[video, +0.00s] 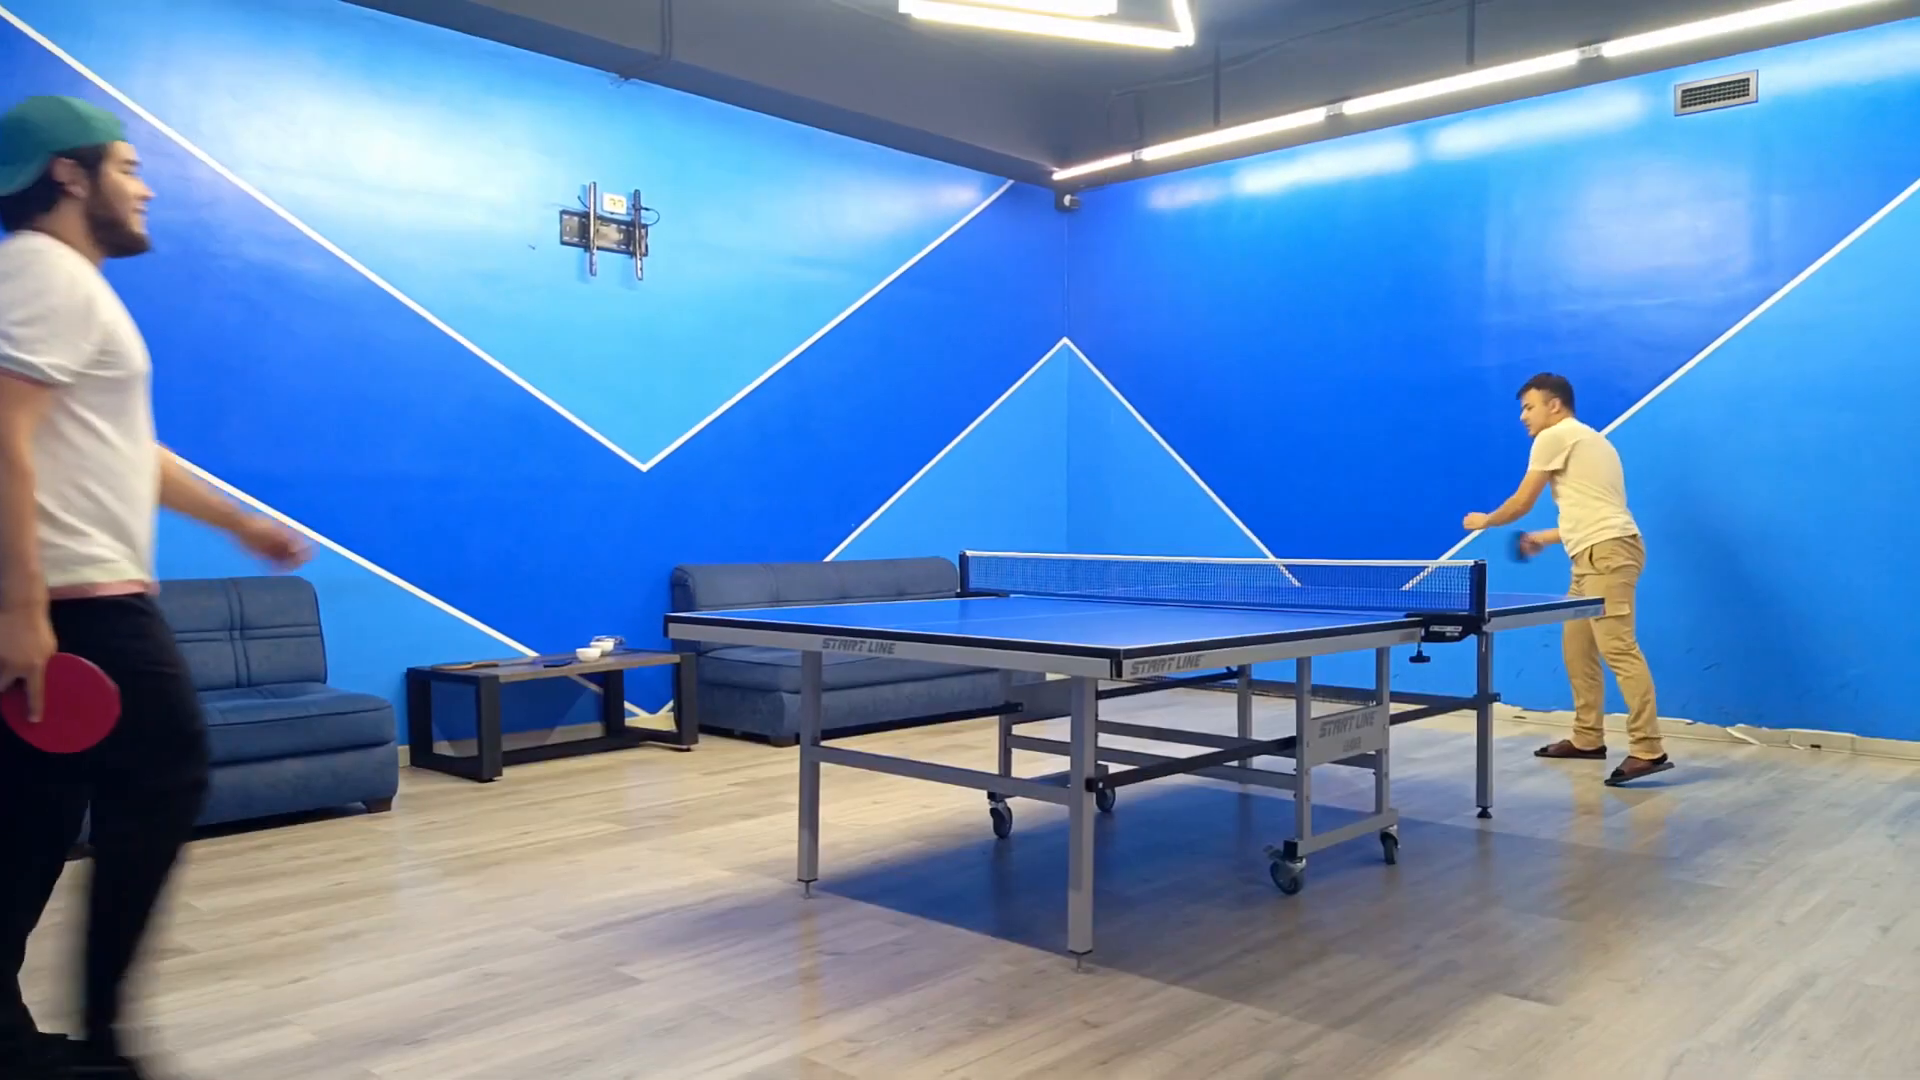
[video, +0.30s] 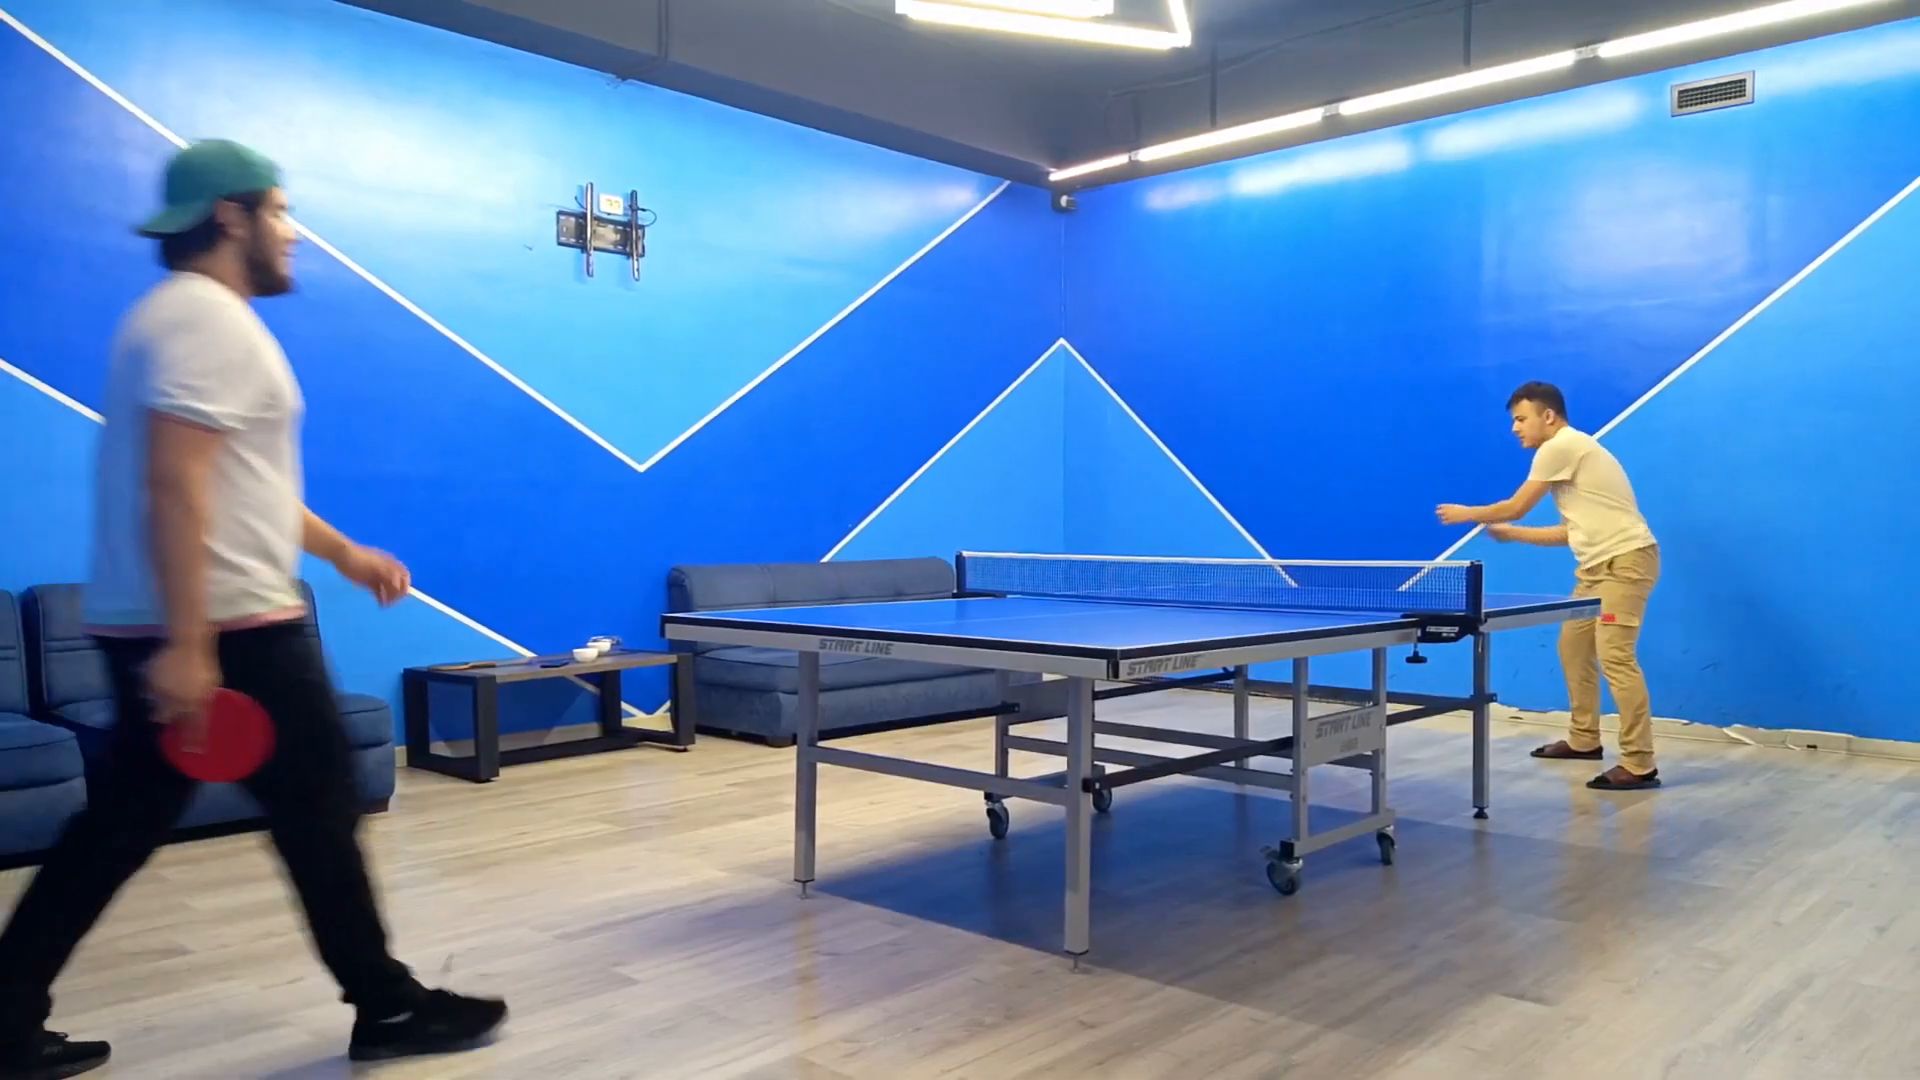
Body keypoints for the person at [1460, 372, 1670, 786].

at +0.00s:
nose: (1523, 417)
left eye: (1528, 408)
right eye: (1522, 409)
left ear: (1555, 406)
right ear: (1558, 410)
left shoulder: (1553, 437)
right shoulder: (1592, 440)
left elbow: (1521, 503)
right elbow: (1596, 514)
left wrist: (1485, 520)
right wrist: (1547, 536)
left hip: (1608, 549)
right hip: (1592, 554)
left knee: (1617, 645)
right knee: (1578, 647)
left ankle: (1648, 750)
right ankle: (1587, 740)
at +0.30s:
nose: (1515, 429)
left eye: (1521, 419)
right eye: (1514, 421)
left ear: (1550, 416)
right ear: (1549, 420)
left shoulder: (1564, 444)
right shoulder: (1567, 455)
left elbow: (1514, 508)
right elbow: (1574, 532)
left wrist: (1465, 513)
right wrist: (1513, 532)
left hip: (1628, 559)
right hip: (1597, 565)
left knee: (1615, 654)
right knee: (1574, 646)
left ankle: (1640, 763)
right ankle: (1584, 741)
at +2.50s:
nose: (1600, 432)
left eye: (1610, 422)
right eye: (1595, 424)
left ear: (1643, 421)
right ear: (1594, 426)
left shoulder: (1694, 459)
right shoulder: (1605, 470)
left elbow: (1766, 505)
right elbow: (1576, 530)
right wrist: (1542, 538)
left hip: (1692, 590)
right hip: (1637, 592)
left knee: (1668, 676)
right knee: (1587, 671)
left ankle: (1721, 792)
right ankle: (1616, 754)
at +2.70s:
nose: (1580, 401)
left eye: (1590, 391)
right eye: (1574, 393)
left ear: (1621, 393)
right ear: (1572, 398)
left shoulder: (1661, 433)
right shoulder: (1583, 442)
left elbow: (1728, 471)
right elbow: (1559, 499)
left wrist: (1745, 537)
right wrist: (1527, 520)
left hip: (1670, 569)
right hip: (1619, 571)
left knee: (1679, 670)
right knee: (1585, 650)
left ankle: (1709, 783)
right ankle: (1609, 747)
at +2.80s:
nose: (1567, 397)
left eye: (1577, 387)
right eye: (1561, 390)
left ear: (1605, 388)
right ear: (1559, 397)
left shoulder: (1646, 426)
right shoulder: (1577, 441)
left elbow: (1714, 459)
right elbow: (1568, 501)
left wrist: (1725, 524)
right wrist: (1530, 524)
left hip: (1664, 560)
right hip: (1618, 563)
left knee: (1673, 659)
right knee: (1587, 645)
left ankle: (1725, 772)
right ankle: (1599, 740)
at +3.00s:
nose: (1544, 445)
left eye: (1553, 435)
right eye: (1539, 438)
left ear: (1582, 436)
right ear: (1539, 443)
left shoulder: (1606, 467)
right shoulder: (1580, 487)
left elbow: (1675, 501)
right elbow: (1603, 553)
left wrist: (1660, 557)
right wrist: (1555, 587)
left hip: (1652, 593)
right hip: (1615, 598)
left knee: (1647, 684)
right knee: (1558, 654)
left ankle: (1736, 775)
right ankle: (1584, 743)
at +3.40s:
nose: (1612, 378)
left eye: (1620, 368)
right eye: (1608, 370)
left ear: (1652, 369)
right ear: (1611, 375)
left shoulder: (1678, 405)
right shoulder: (1624, 417)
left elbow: (1738, 413)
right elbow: (1602, 427)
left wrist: (1757, 394)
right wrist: (1574, 396)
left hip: (1676, 547)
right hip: (1626, 548)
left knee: (1698, 649)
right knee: (1602, 639)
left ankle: (1749, 754)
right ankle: (1589, 735)